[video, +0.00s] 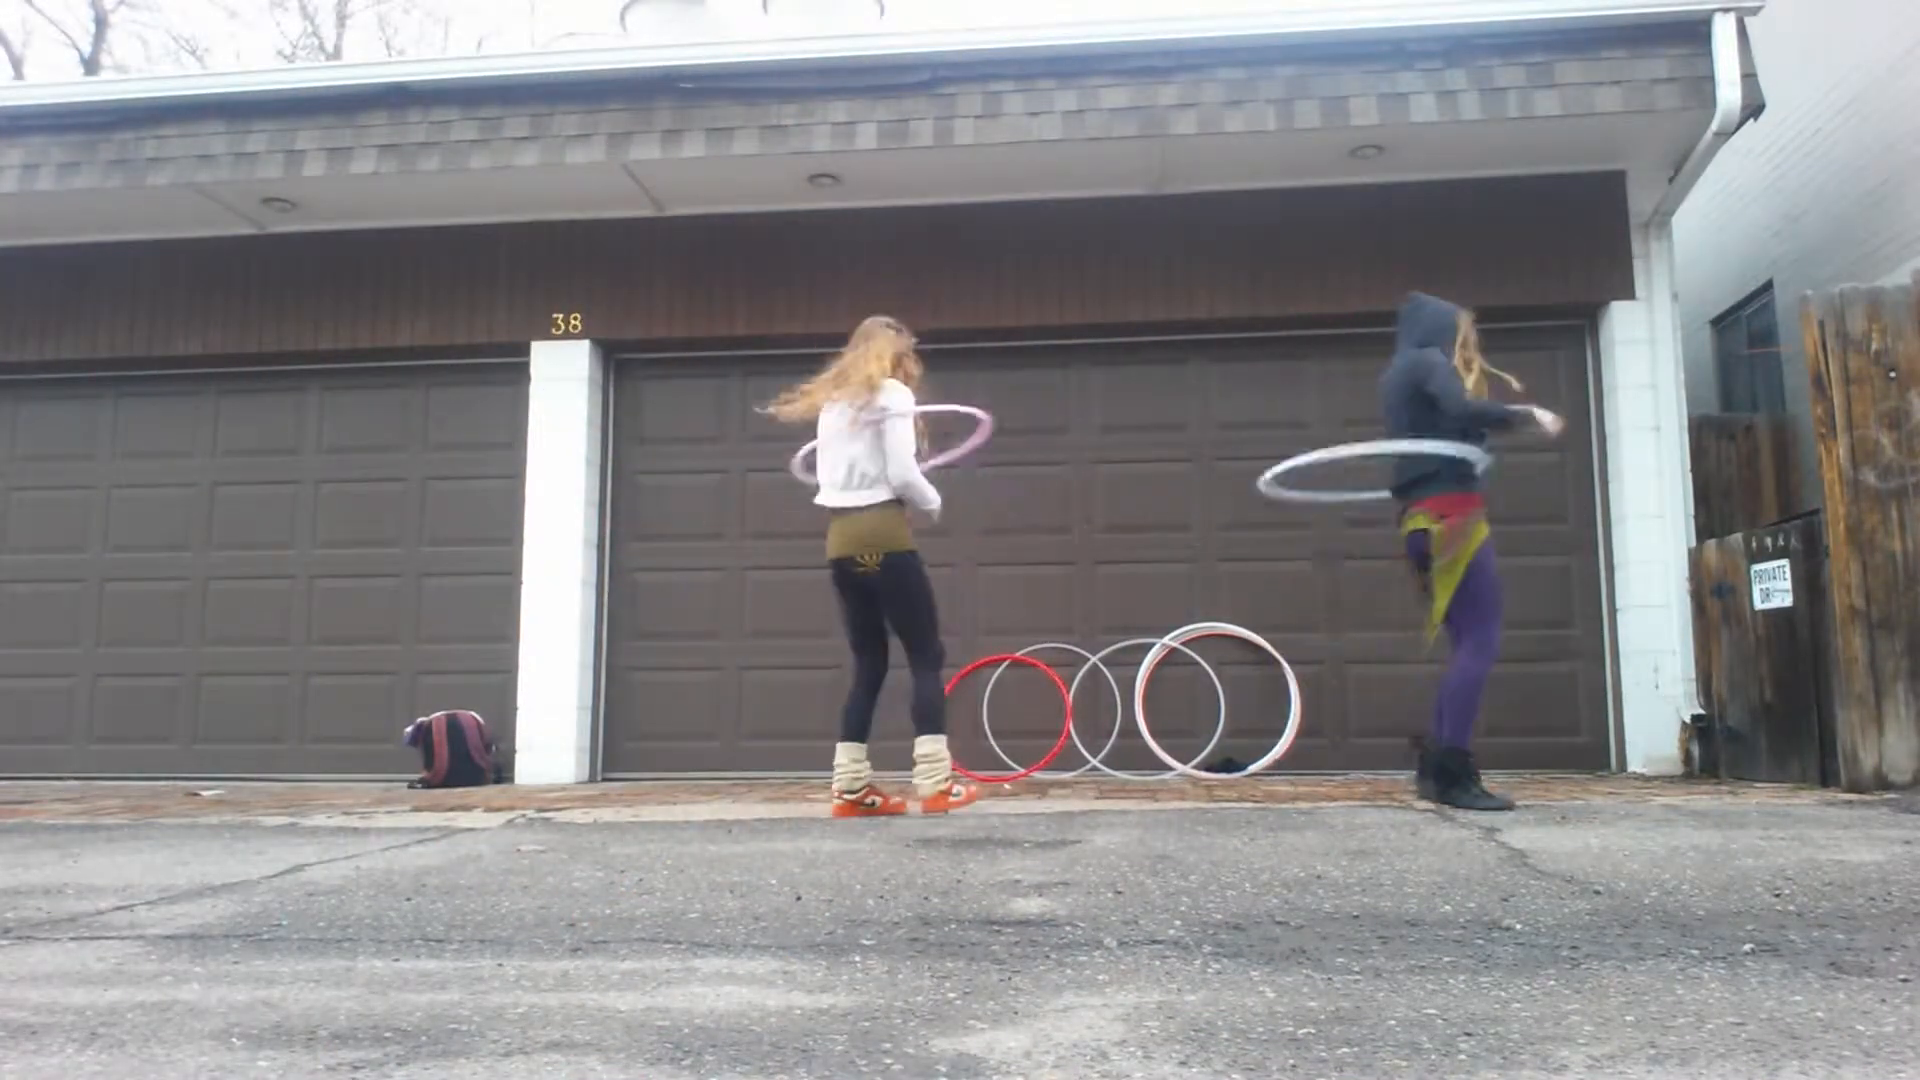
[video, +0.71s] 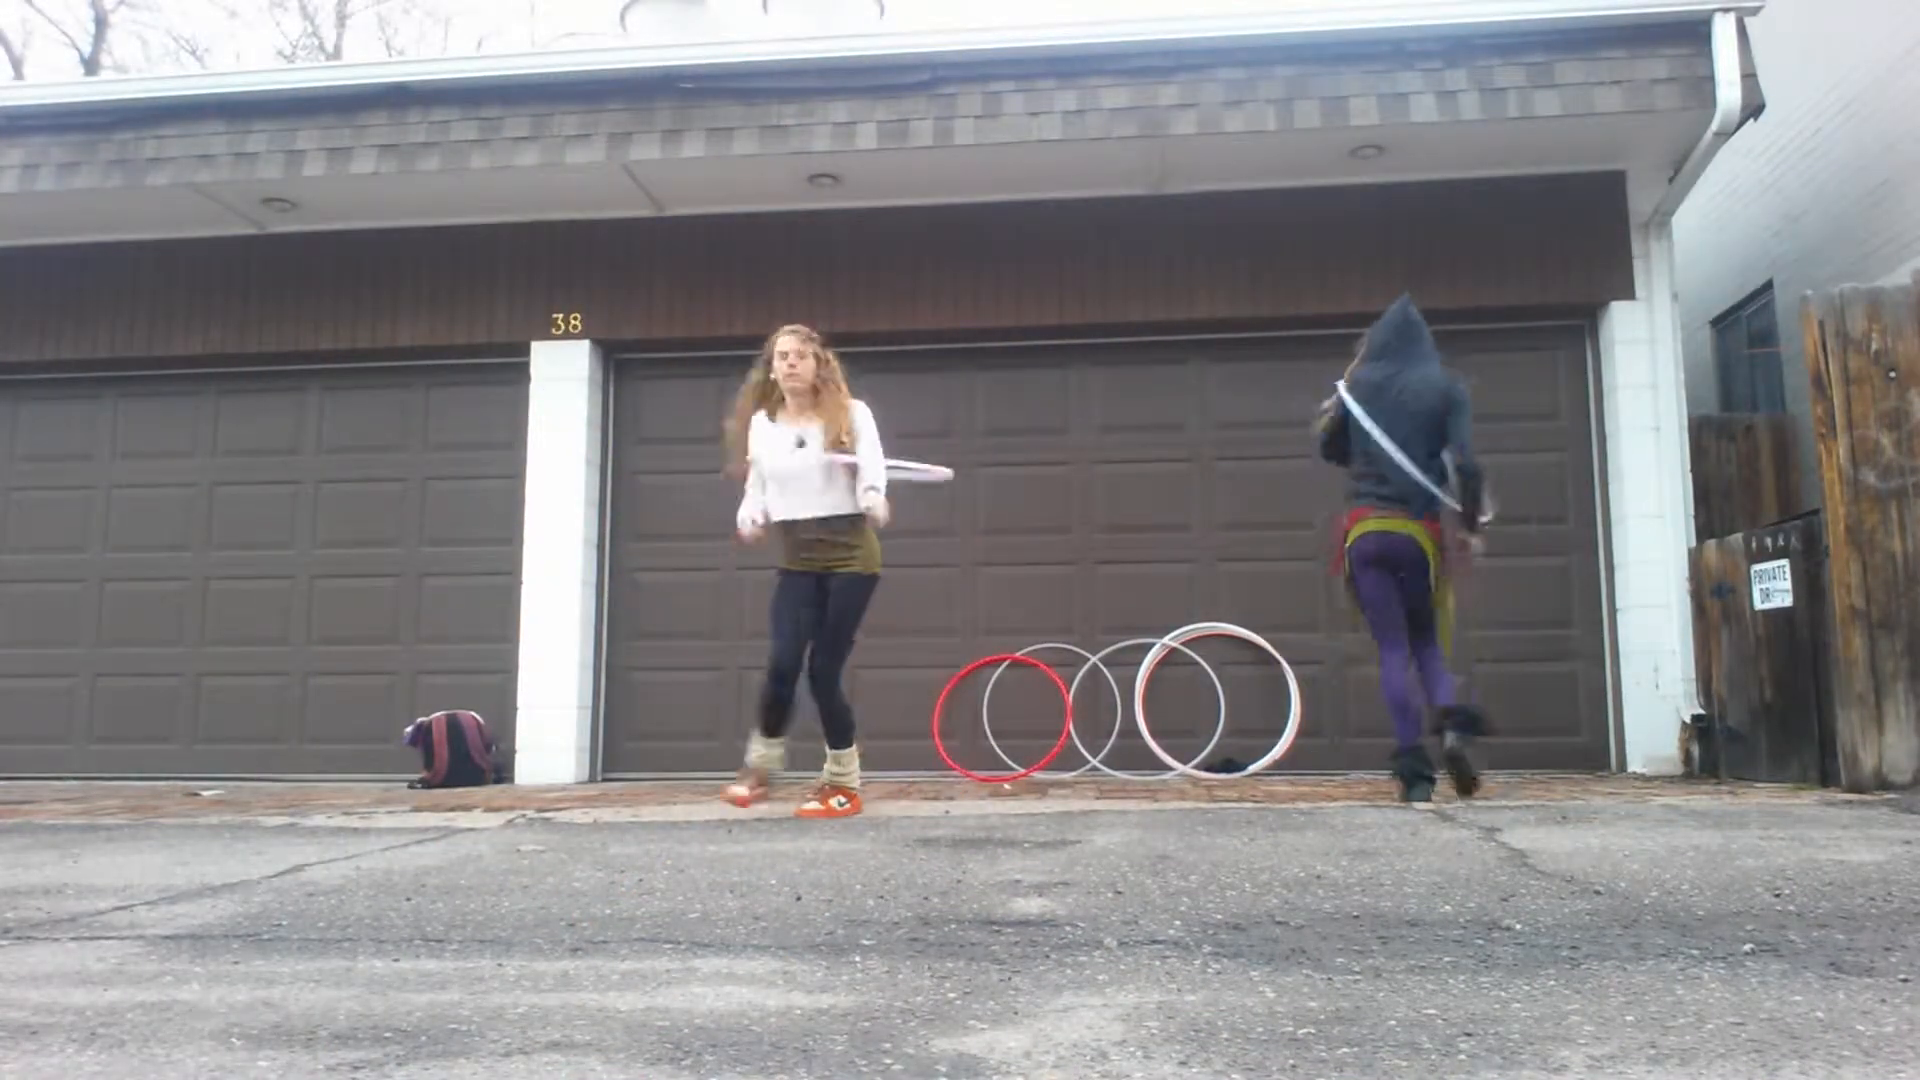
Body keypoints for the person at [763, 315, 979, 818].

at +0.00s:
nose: (910, 364)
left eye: (909, 355)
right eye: (907, 355)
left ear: (856, 352)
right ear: (896, 355)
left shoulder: (834, 398)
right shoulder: (894, 393)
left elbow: (828, 471)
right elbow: (902, 471)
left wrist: (886, 488)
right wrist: (932, 504)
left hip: (840, 529)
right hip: (885, 526)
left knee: (869, 664)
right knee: (925, 656)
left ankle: (849, 786)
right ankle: (934, 781)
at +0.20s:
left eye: (839, 359)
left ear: (837, 364)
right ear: (887, 360)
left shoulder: (824, 411)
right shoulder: (914, 403)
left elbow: (820, 487)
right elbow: (937, 461)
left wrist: (794, 519)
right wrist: (930, 501)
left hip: (841, 537)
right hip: (896, 537)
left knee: (848, 667)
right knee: (903, 666)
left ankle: (842, 789)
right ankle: (942, 781)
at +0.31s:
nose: (814, 377)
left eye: (817, 370)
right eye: (817, 369)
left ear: (826, 372)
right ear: (870, 369)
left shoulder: (824, 411)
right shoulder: (901, 408)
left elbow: (818, 490)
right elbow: (939, 475)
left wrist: (775, 521)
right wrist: (923, 526)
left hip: (860, 541)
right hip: (911, 538)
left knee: (829, 662)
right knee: (906, 665)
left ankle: (834, 787)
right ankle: (942, 782)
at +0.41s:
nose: (796, 375)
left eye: (802, 366)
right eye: (797, 367)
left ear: (825, 364)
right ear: (840, 367)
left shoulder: (825, 402)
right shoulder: (862, 407)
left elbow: (810, 484)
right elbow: (884, 491)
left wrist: (762, 529)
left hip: (875, 553)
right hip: (903, 551)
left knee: (827, 662)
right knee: (887, 665)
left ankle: (842, 786)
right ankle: (939, 773)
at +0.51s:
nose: (783, 374)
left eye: (791, 365)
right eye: (782, 366)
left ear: (819, 366)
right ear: (799, 373)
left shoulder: (839, 402)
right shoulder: (826, 417)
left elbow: (830, 481)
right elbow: (822, 518)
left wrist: (766, 528)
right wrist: (771, 552)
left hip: (871, 550)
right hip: (851, 551)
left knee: (835, 667)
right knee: (827, 666)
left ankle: (842, 788)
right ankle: (915, 741)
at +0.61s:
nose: (782, 371)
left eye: (791, 362)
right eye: (777, 365)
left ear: (817, 366)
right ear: (773, 374)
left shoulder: (852, 407)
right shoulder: (786, 434)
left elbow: (866, 478)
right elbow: (792, 505)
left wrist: (818, 516)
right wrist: (751, 537)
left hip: (863, 549)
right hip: (821, 552)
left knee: (825, 665)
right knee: (785, 668)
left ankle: (842, 787)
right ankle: (858, 735)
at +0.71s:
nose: (792, 364)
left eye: (800, 356)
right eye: (783, 357)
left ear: (819, 364)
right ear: (771, 367)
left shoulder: (851, 413)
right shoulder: (762, 423)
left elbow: (872, 476)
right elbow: (759, 485)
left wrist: (871, 495)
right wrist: (749, 516)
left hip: (853, 551)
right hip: (798, 553)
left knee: (823, 671)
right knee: (783, 663)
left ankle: (843, 785)